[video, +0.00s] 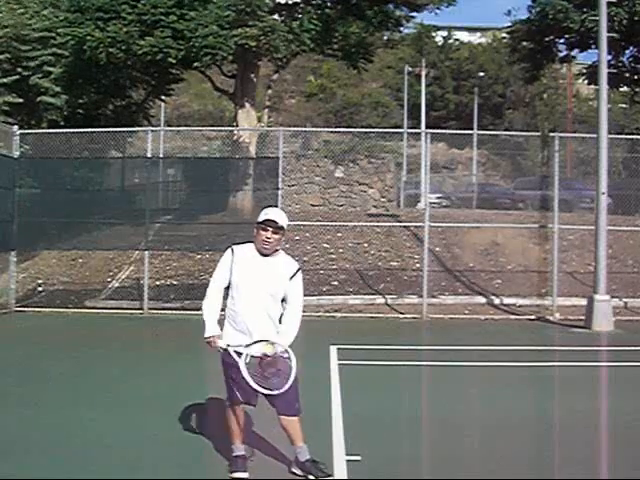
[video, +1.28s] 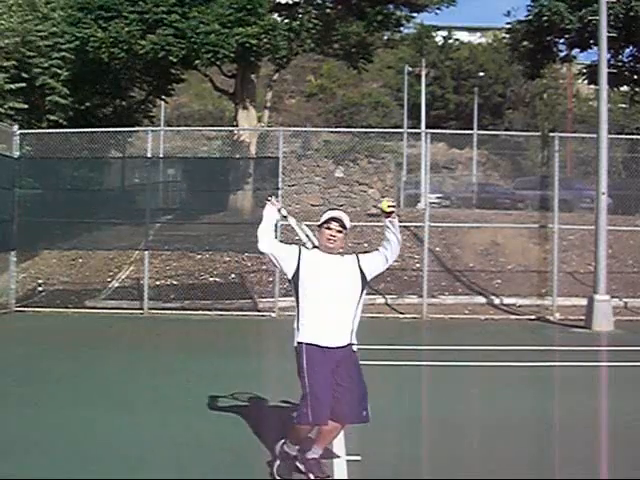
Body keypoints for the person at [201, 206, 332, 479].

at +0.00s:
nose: (268, 235)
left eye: (275, 231)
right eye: (263, 229)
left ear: (283, 236)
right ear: (255, 230)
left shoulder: (291, 269)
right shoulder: (235, 255)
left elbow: (294, 311)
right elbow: (214, 291)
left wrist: (280, 344)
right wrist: (212, 328)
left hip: (273, 345)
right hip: (236, 343)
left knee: (288, 404)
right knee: (238, 400)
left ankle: (303, 457)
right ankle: (238, 454)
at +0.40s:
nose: (282, 231)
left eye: (289, 228)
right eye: (279, 225)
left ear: (298, 235)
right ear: (272, 227)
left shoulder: (304, 270)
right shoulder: (252, 253)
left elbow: (314, 316)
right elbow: (218, 276)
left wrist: (325, 354)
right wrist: (183, 295)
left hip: (285, 351)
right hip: (248, 344)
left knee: (301, 406)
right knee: (243, 400)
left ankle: (304, 460)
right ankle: (239, 455)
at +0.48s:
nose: (288, 231)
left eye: (295, 228)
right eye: (284, 225)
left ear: (303, 235)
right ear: (277, 227)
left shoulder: (310, 268)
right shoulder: (257, 254)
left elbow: (330, 304)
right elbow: (221, 272)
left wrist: (350, 332)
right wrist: (182, 283)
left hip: (292, 350)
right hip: (254, 344)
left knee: (305, 407)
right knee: (247, 402)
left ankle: (304, 461)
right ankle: (239, 455)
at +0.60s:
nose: (295, 230)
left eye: (302, 227)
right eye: (292, 224)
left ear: (312, 234)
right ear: (285, 228)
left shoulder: (323, 263)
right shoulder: (268, 256)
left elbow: (353, 278)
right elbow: (230, 268)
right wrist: (194, 265)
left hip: (305, 351)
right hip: (267, 347)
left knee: (314, 406)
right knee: (256, 403)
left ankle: (306, 459)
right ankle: (241, 453)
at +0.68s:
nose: (302, 231)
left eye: (309, 228)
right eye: (299, 225)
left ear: (318, 235)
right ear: (291, 229)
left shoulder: (329, 261)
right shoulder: (273, 259)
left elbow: (360, 261)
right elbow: (240, 270)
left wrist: (385, 246)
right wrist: (205, 258)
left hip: (314, 349)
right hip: (276, 348)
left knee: (320, 407)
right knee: (263, 405)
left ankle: (307, 459)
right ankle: (248, 451)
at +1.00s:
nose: (318, 245)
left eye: (325, 242)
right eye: (313, 240)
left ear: (333, 249)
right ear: (304, 246)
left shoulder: (346, 272)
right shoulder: (287, 274)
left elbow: (374, 254)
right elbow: (250, 284)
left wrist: (375, 218)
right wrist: (250, 250)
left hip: (339, 357)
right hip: (304, 359)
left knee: (338, 425)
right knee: (311, 424)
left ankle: (307, 461)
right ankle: (288, 453)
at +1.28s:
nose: (333, 233)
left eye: (339, 230)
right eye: (328, 227)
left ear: (345, 237)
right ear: (318, 232)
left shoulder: (357, 264)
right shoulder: (301, 258)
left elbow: (389, 253)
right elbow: (266, 243)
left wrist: (391, 219)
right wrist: (271, 211)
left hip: (344, 347)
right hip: (312, 346)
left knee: (345, 412)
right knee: (316, 415)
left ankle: (311, 457)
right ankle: (287, 449)